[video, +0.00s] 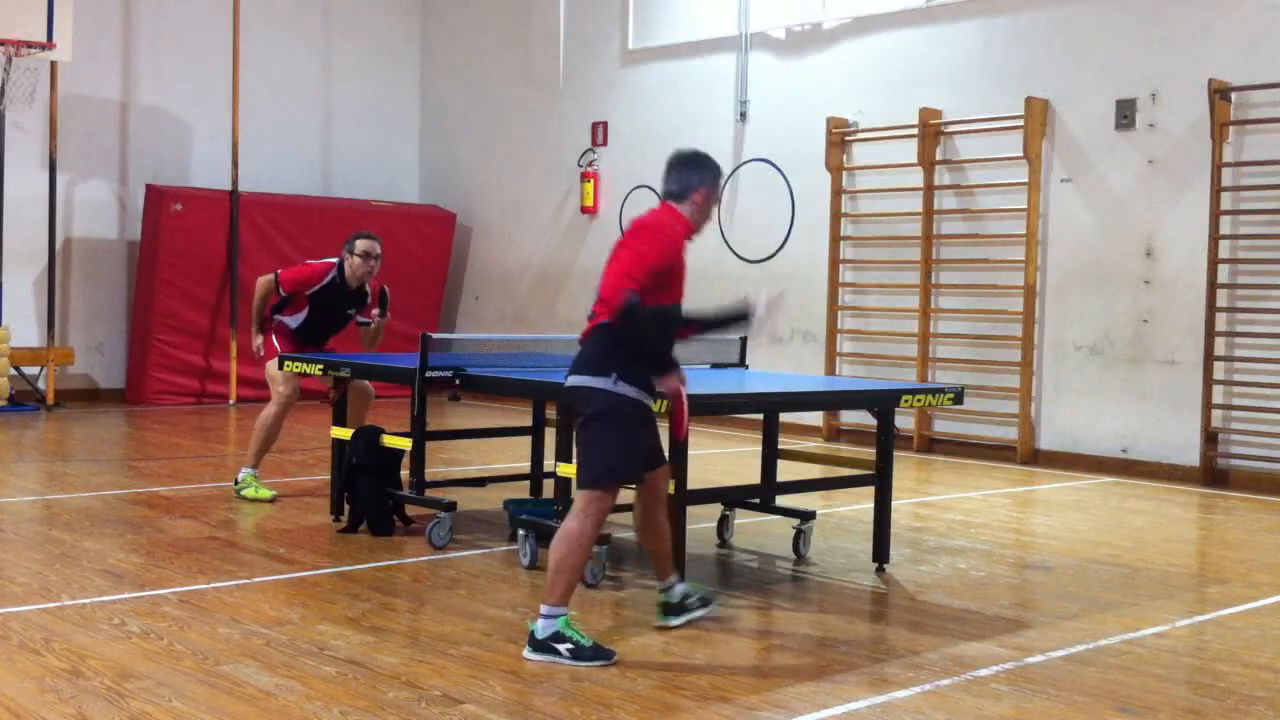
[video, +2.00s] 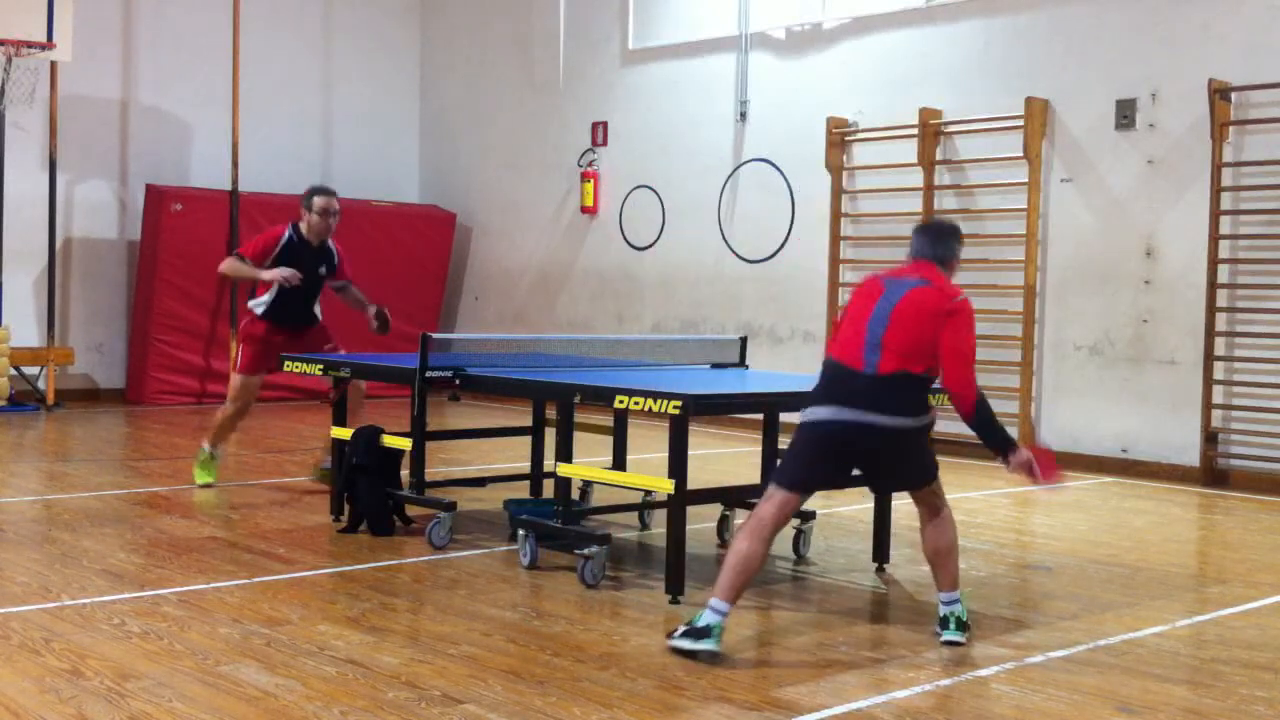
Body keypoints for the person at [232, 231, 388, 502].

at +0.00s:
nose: (372, 264)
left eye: (376, 259)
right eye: (365, 257)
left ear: (380, 262)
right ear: (347, 256)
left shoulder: (367, 292)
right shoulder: (320, 272)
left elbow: (369, 344)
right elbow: (264, 284)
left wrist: (378, 325)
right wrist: (257, 330)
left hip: (315, 344)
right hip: (281, 334)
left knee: (362, 392)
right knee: (286, 393)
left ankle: (349, 471)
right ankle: (247, 475)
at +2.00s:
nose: (331, 221)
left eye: (335, 215)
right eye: (324, 214)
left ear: (338, 217)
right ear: (305, 214)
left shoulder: (329, 252)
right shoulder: (279, 238)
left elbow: (341, 287)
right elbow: (228, 266)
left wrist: (368, 308)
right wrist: (266, 274)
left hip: (307, 331)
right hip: (263, 330)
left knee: (354, 387)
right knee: (238, 405)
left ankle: (333, 462)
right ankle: (208, 452)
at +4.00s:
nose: (307, 238)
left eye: (313, 232)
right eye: (301, 231)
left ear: (320, 234)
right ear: (287, 232)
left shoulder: (329, 265)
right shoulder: (274, 261)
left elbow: (346, 320)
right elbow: (247, 281)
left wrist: (318, 336)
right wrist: (220, 302)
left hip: (327, 343)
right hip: (284, 340)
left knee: (368, 401)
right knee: (244, 395)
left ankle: (421, 462)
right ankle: (242, 466)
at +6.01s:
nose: (259, 247)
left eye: (264, 243)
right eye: (253, 242)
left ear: (269, 246)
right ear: (242, 244)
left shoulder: (271, 273)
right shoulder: (223, 265)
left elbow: (286, 312)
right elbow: (191, 298)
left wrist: (270, 331)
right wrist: (201, 319)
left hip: (248, 330)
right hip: (216, 327)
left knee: (281, 378)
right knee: (192, 377)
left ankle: (286, 432)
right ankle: (154, 432)